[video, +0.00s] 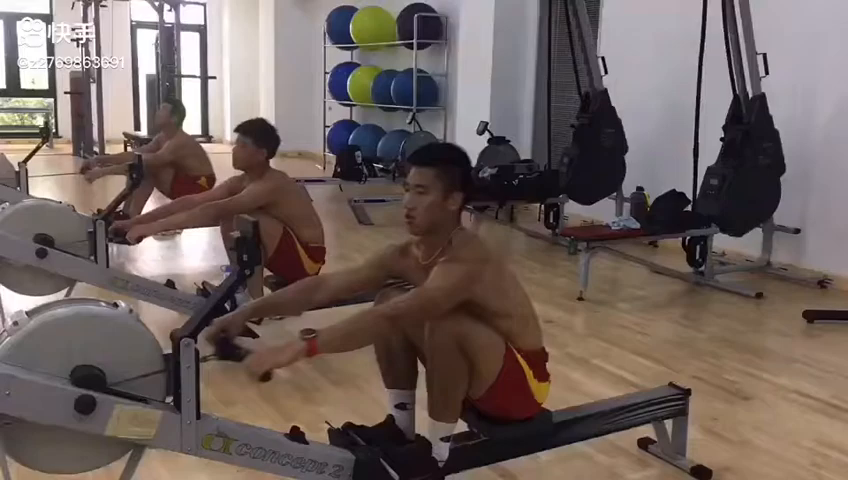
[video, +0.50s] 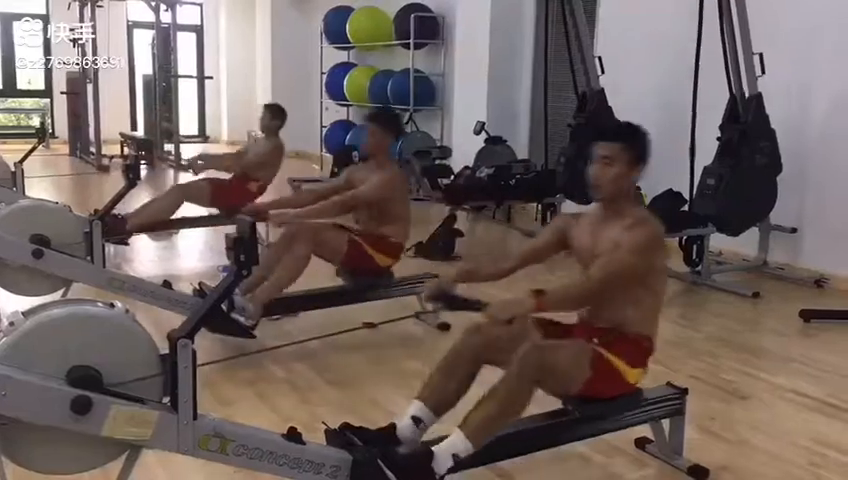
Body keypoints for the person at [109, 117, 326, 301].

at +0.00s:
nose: (233, 147)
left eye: (240, 143)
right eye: (235, 142)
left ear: (261, 152)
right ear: (252, 152)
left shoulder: (271, 185)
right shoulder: (243, 182)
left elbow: (215, 215)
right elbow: (194, 201)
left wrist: (148, 230)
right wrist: (139, 221)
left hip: (305, 264)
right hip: (287, 259)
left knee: (249, 220)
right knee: (229, 215)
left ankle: (254, 298)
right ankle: (238, 286)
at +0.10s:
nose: (245, 145)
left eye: (252, 141)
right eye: (247, 139)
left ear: (272, 151)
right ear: (267, 151)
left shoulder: (279, 184)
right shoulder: (253, 180)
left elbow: (224, 213)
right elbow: (202, 201)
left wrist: (165, 228)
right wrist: (142, 221)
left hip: (312, 263)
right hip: (296, 258)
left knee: (260, 221)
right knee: (236, 215)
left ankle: (255, 302)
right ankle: (242, 292)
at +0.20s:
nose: (271, 144)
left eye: (278, 139)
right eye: (273, 137)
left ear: (298, 147)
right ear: (293, 147)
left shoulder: (305, 183)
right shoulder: (279, 176)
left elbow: (249, 212)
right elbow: (235, 201)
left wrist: (194, 230)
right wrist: (180, 219)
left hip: (326, 259)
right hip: (312, 252)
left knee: (267, 220)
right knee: (256, 223)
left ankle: (254, 301)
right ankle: (243, 292)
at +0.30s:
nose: (303, 140)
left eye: (310, 135)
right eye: (304, 133)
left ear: (327, 144)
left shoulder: (331, 182)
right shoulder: (305, 176)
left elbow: (277, 212)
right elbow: (257, 201)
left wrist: (221, 229)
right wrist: (205, 217)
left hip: (344, 257)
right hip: (331, 248)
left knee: (276, 221)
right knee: (265, 217)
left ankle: (256, 299)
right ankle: (246, 288)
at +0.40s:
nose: (334, 139)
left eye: (339, 134)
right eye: (335, 133)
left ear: (356, 139)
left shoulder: (360, 178)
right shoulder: (336, 170)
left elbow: (313, 207)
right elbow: (292, 195)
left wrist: (260, 221)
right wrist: (237, 210)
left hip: (362, 254)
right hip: (347, 244)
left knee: (294, 227)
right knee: (281, 222)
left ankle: (256, 302)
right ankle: (244, 289)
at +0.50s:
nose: (364, 137)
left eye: (371, 133)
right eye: (366, 131)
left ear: (387, 139)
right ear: (374, 136)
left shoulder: (389, 178)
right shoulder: (359, 171)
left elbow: (342, 205)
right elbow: (314, 195)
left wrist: (288, 217)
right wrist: (266, 207)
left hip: (380, 252)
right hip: (361, 240)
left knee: (307, 236)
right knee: (293, 229)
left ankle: (255, 304)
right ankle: (243, 291)